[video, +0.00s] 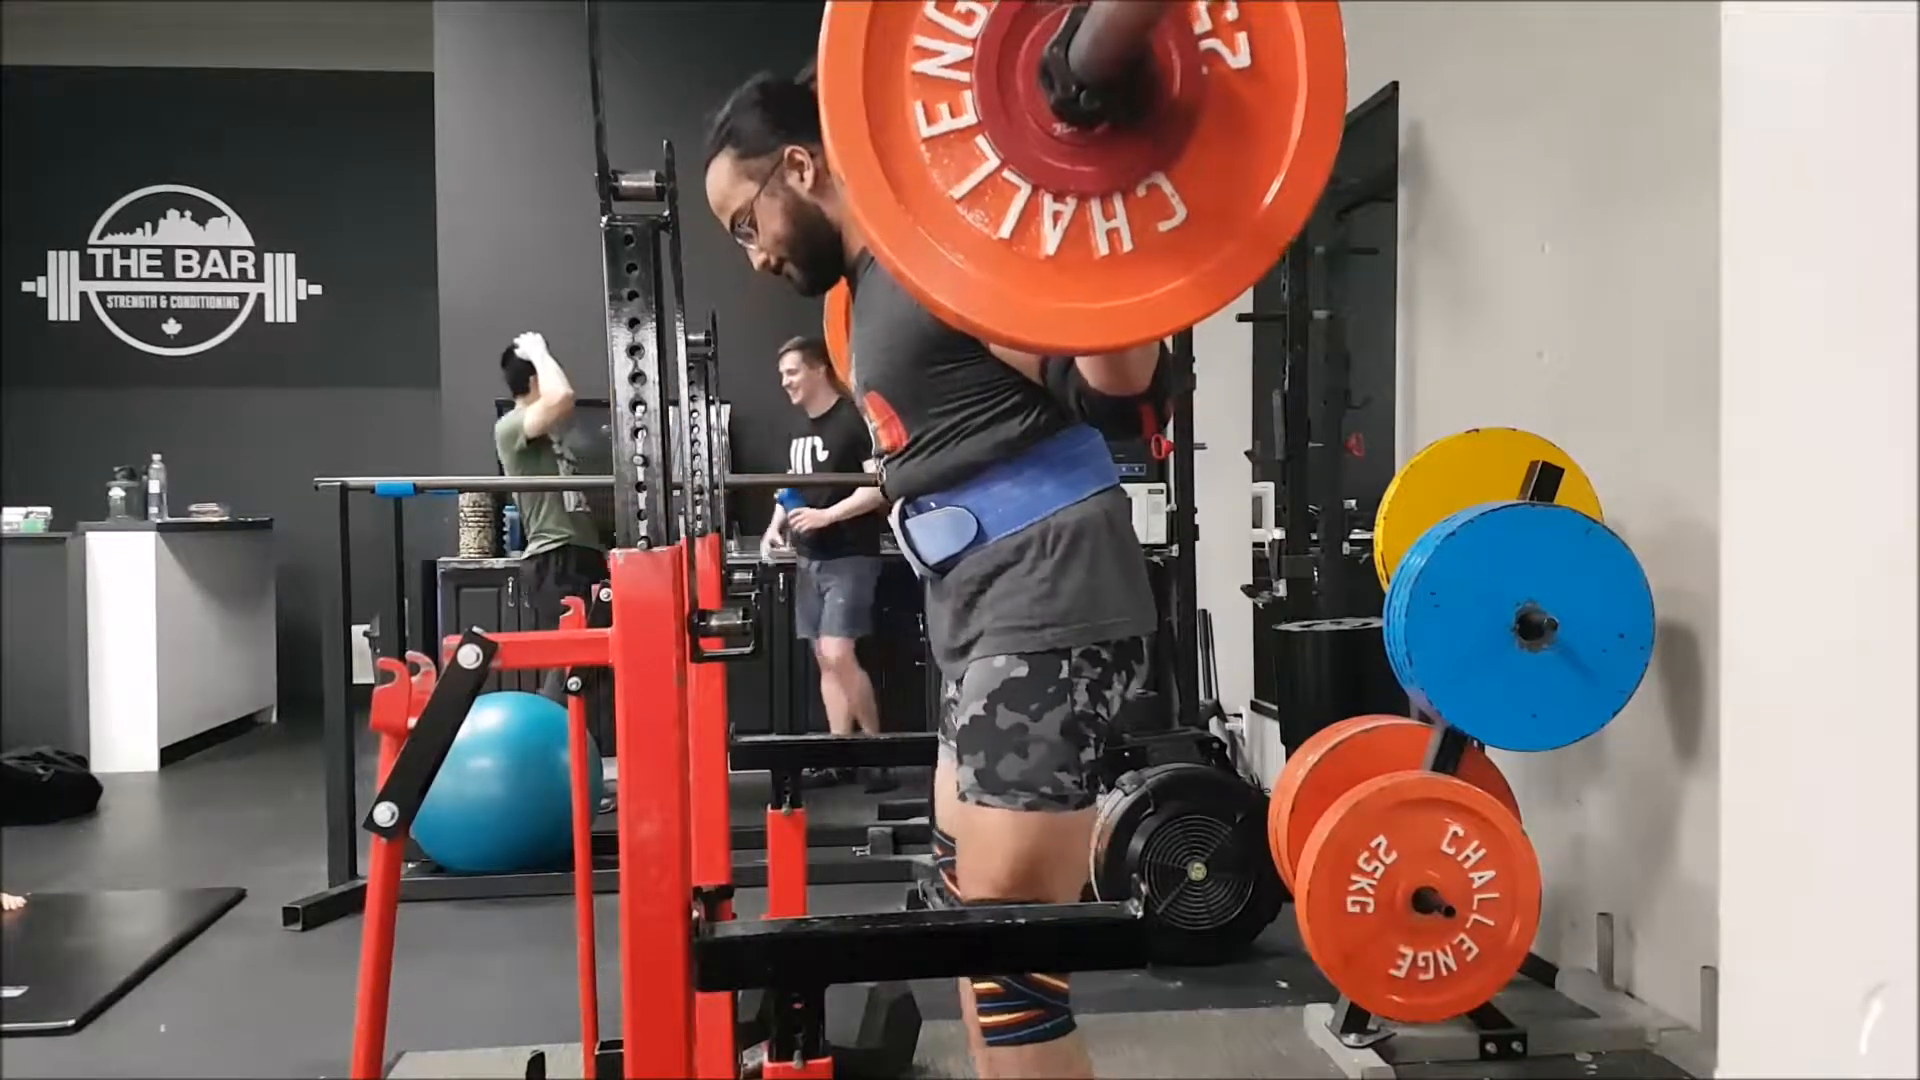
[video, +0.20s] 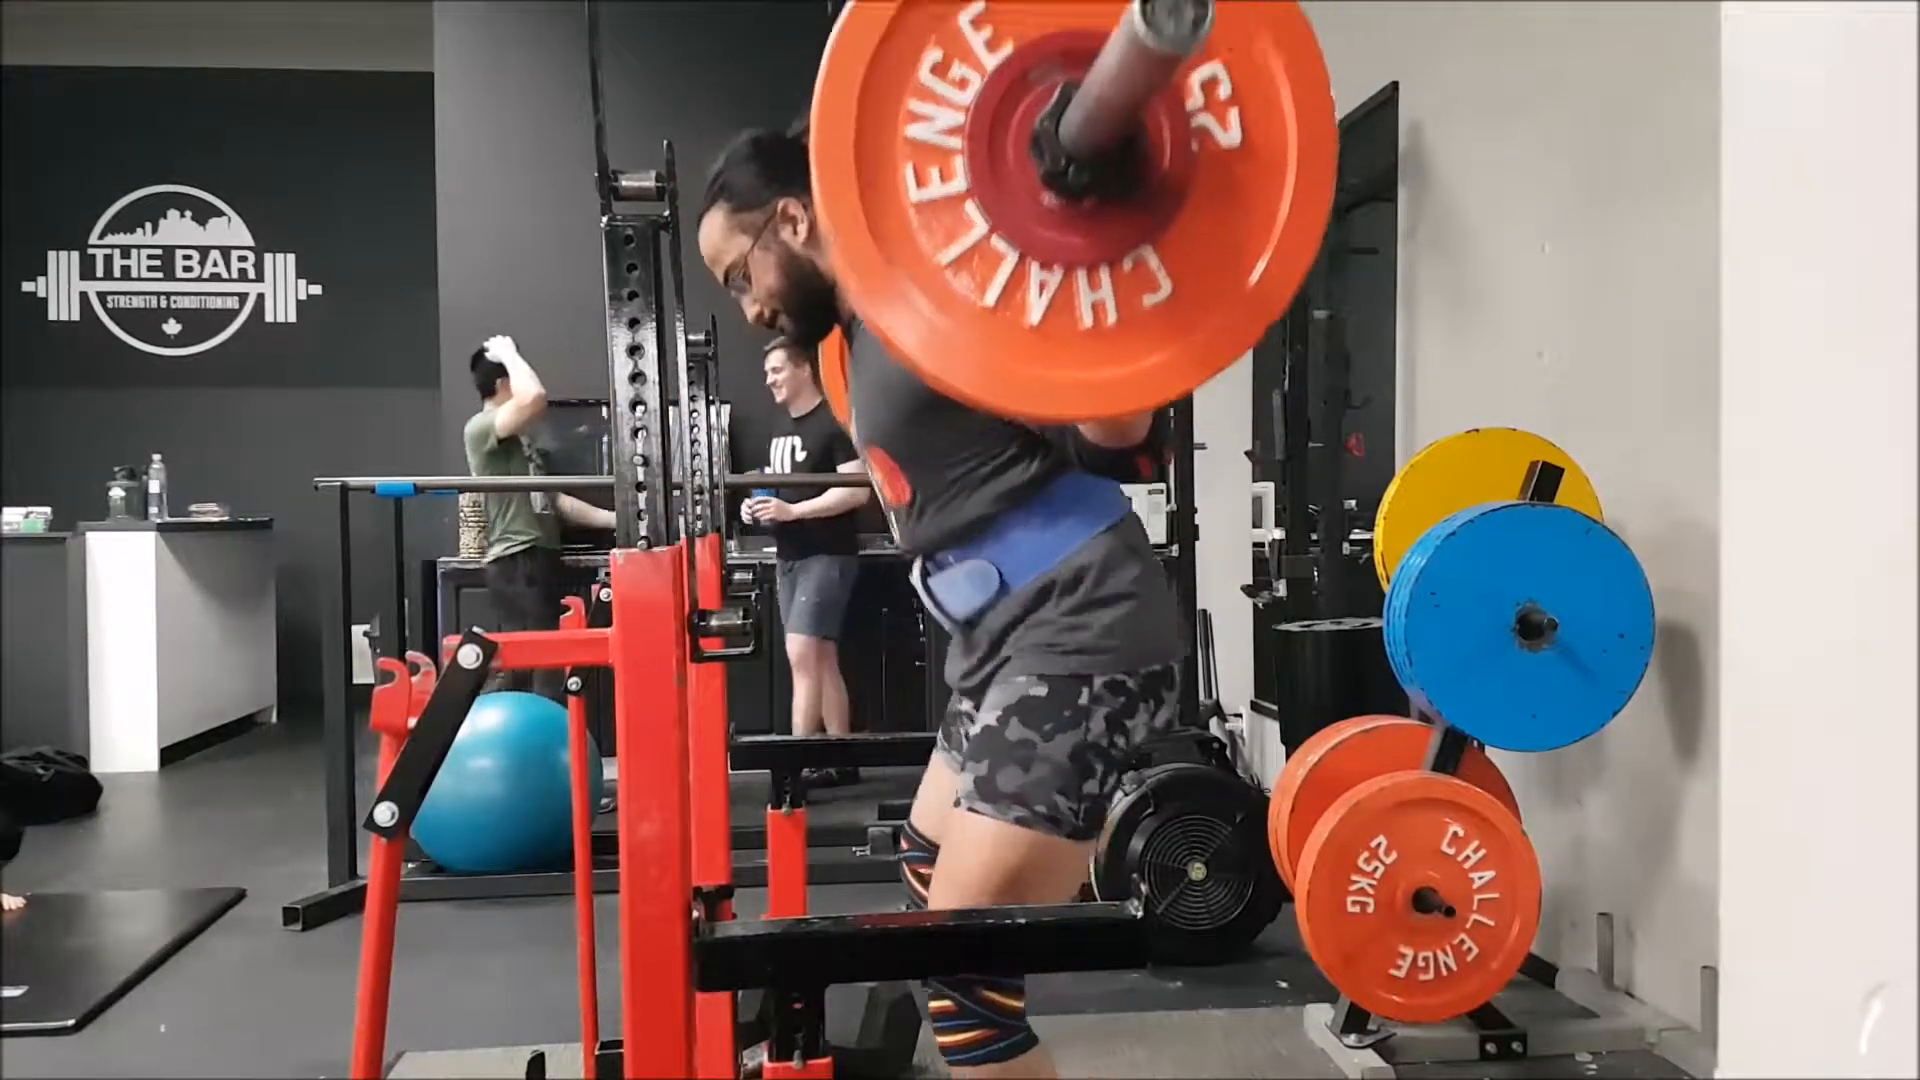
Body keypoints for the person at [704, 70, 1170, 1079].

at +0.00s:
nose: (752, 254)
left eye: (748, 220)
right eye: (737, 236)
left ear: (804, 164)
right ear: (799, 175)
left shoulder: (930, 241)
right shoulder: (862, 293)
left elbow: (1119, 371)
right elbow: (934, 456)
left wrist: (1134, 203)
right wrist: (834, 512)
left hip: (1046, 577)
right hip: (972, 592)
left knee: (1002, 931)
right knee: (969, 902)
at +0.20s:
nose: (748, 301)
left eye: (743, 270)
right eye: (732, 284)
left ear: (795, 214)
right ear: (795, 224)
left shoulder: (924, 286)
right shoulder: (865, 333)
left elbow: (1116, 417)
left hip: (1080, 610)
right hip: (1000, 627)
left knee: (959, 946)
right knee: (928, 858)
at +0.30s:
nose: (743, 341)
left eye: (736, 312)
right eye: (727, 326)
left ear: (790, 257)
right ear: (789, 265)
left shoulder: (915, 325)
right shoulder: (854, 382)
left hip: (1097, 644)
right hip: (1011, 662)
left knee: (957, 950)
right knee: (923, 860)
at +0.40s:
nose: (737, 394)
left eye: (731, 365)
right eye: (722, 378)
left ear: (787, 312)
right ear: (784, 320)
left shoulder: (900, 365)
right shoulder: (849, 421)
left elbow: (1038, 281)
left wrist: (1125, 208)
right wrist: (814, 500)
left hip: (1119, 683)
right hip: (1027, 691)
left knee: (948, 999)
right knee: (915, 866)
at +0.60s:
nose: (733, 508)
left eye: (726, 478)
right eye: (719, 490)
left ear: (775, 430)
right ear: (770, 436)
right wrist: (773, 692)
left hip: (1136, 756)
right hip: (1040, 742)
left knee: (924, 1014)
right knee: (897, 870)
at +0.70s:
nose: (733, 568)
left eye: (724, 536)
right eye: (716, 545)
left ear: (771, 487)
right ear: (769, 490)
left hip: (1149, 797)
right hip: (1051, 774)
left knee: (927, 999)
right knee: (888, 872)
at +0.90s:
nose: (719, 649)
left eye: (719, 620)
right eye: (711, 624)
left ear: (764, 592)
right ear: (768, 589)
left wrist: (758, 707)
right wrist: (759, 703)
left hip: (1156, 909)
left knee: (878, 1016)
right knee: (863, 897)